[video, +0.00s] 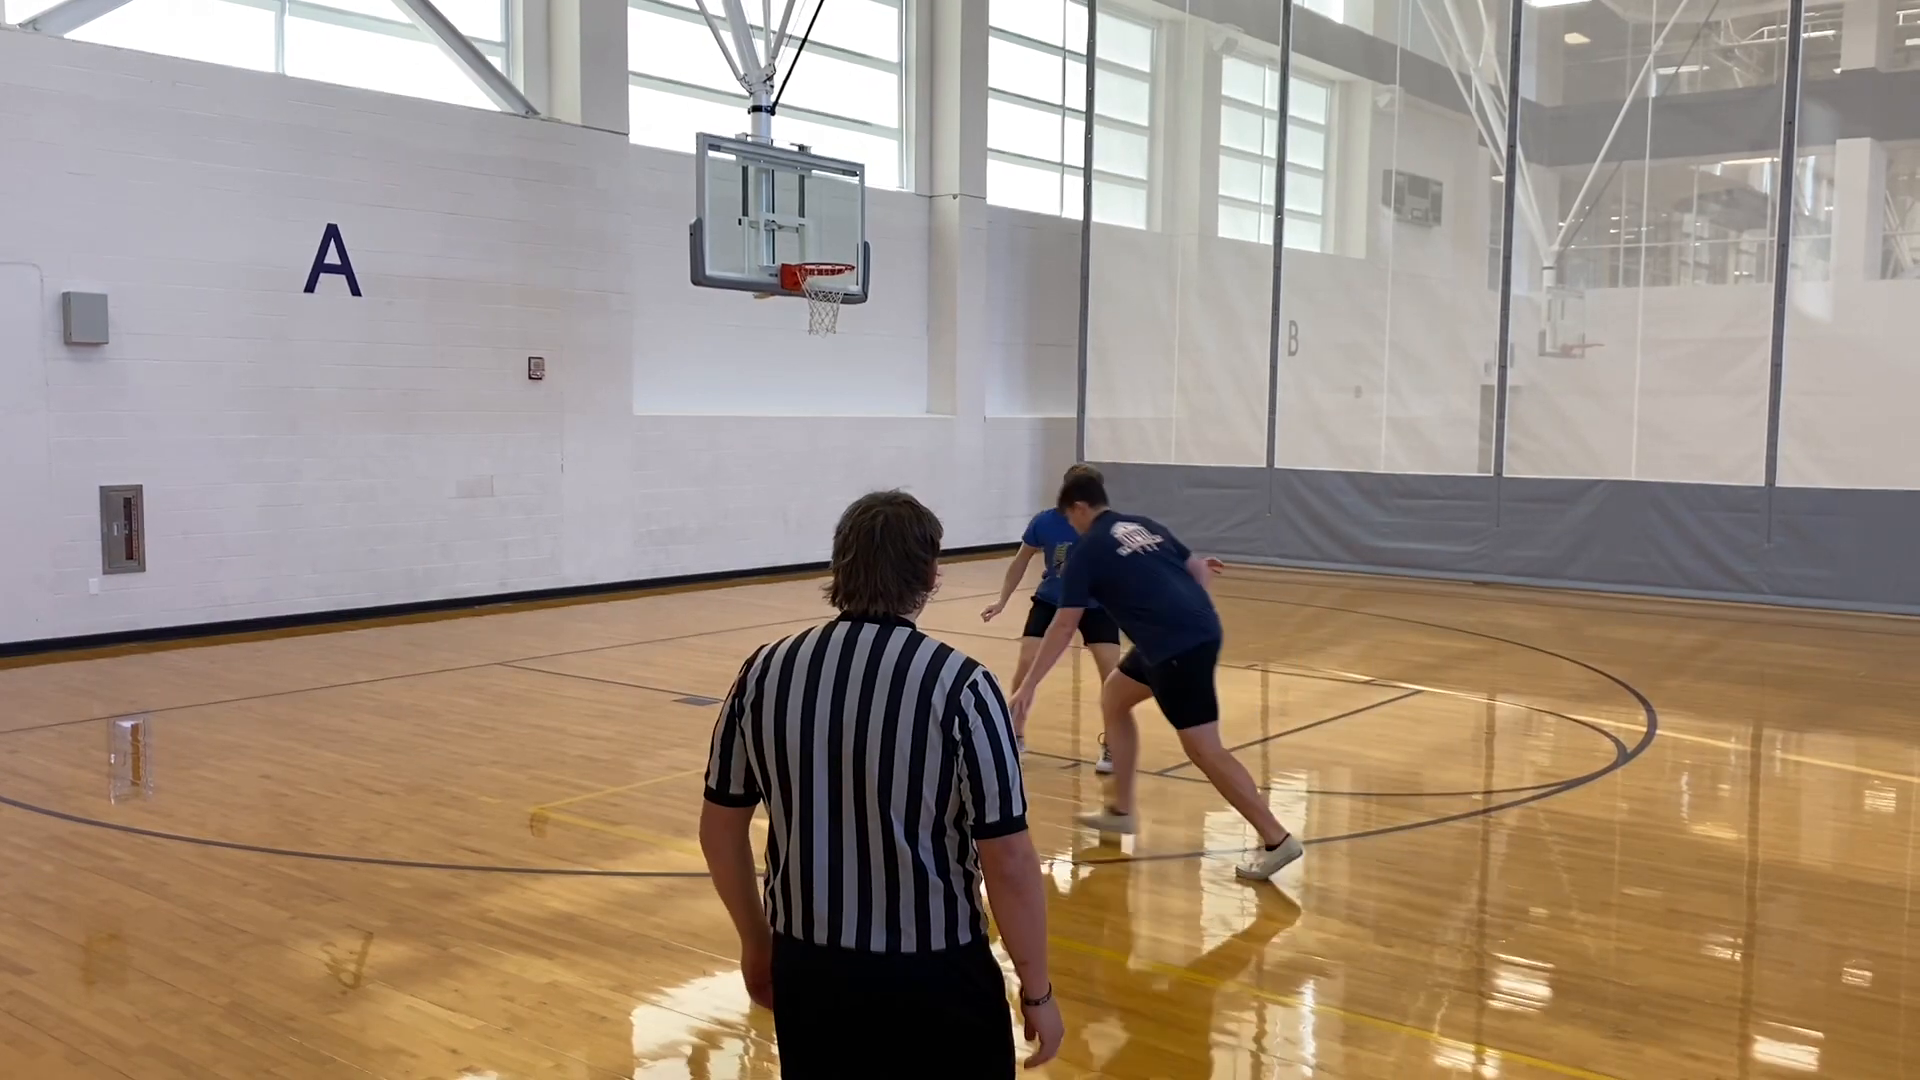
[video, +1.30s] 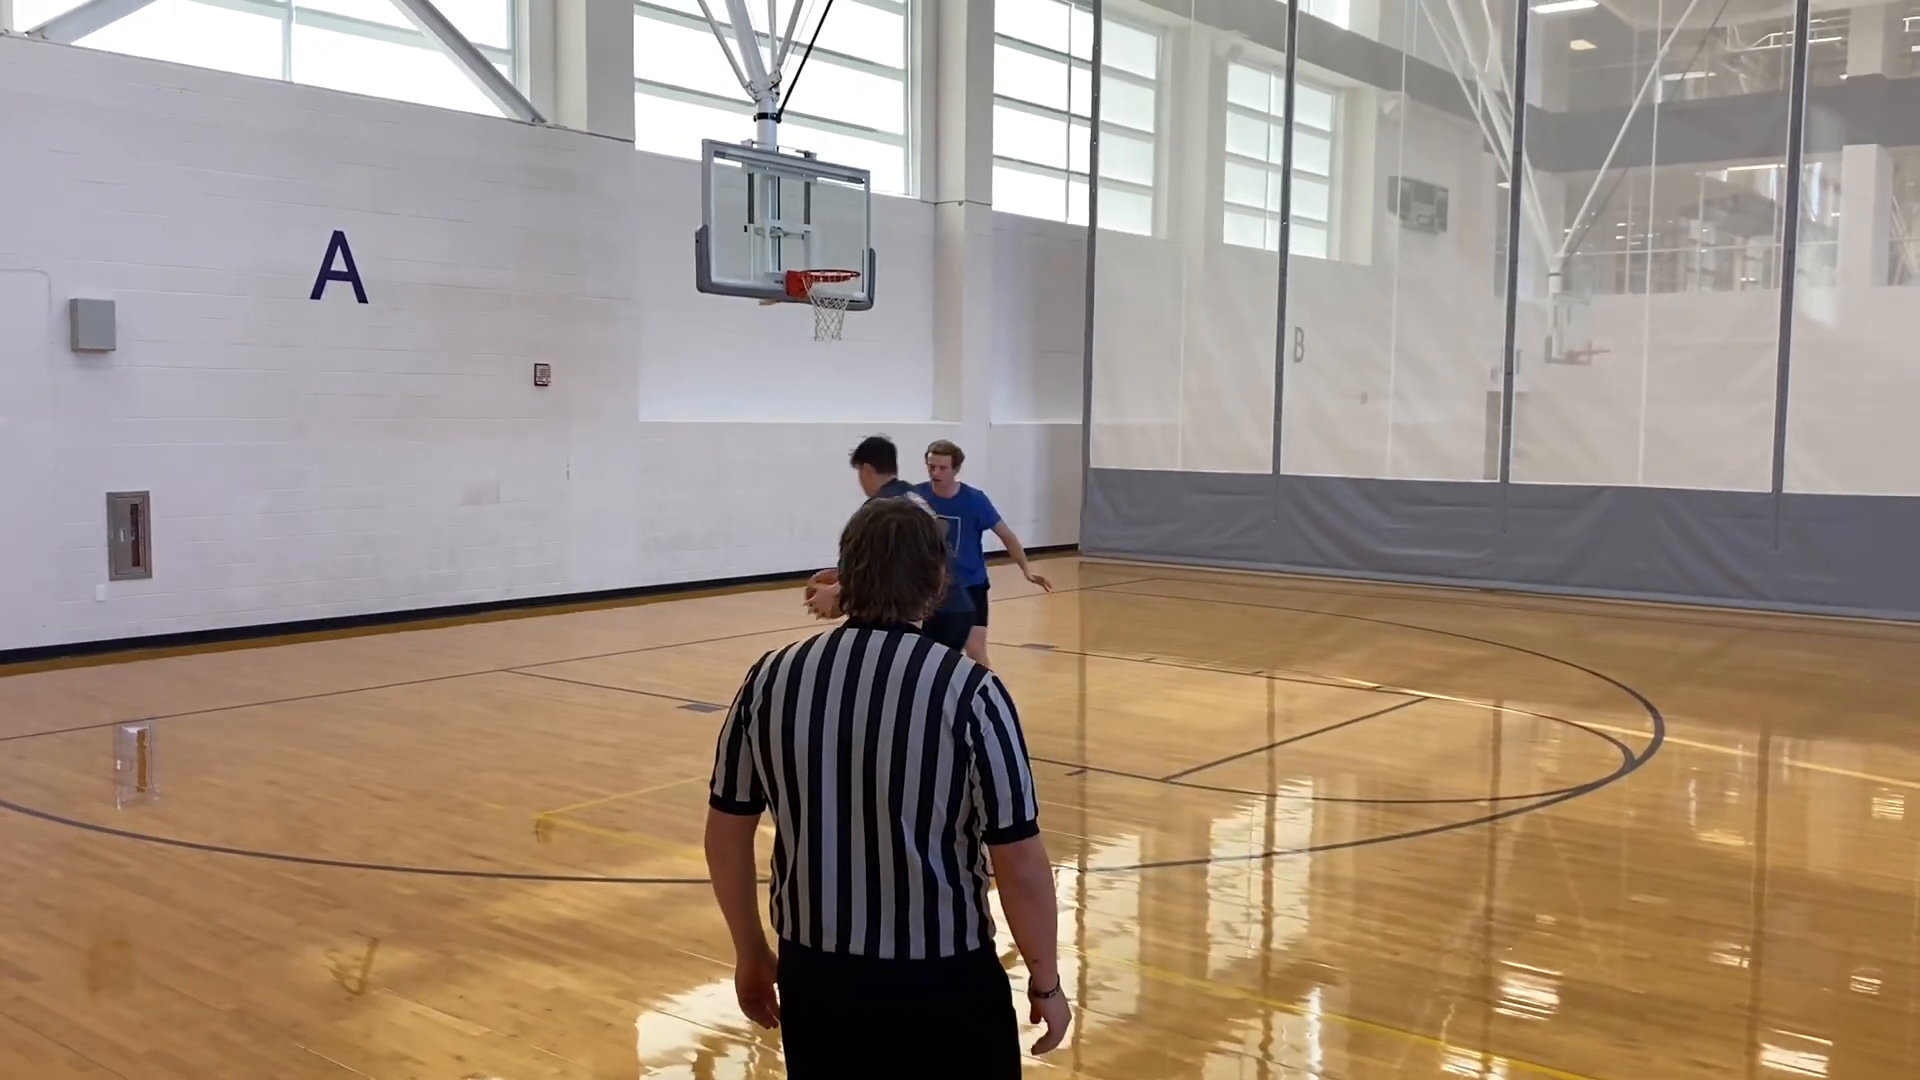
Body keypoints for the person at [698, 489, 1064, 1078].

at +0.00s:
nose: (938, 574)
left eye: (936, 558)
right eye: (936, 560)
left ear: (843, 565)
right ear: (925, 573)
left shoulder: (766, 670)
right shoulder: (961, 685)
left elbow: (720, 829)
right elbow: (1009, 861)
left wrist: (755, 938)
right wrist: (1037, 990)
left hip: (808, 979)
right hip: (941, 982)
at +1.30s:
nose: (949, 583)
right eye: (946, 570)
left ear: (847, 573)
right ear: (937, 581)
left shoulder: (772, 677)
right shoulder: (972, 691)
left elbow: (726, 832)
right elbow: (1019, 860)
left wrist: (749, 949)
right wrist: (1045, 978)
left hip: (816, 984)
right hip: (948, 988)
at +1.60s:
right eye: (943, 568)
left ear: (842, 573)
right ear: (937, 579)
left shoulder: (771, 675)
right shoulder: (971, 687)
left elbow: (727, 831)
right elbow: (1020, 854)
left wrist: (757, 945)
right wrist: (1045, 973)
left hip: (817, 981)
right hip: (950, 984)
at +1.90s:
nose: (942, 581)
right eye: (938, 567)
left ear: (843, 568)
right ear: (930, 577)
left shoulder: (768, 670)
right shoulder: (968, 684)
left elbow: (723, 831)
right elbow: (1016, 854)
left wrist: (756, 940)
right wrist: (1039, 965)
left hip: (813, 978)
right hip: (946, 981)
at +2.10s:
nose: (940, 575)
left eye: (936, 561)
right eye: (937, 562)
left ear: (842, 564)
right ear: (929, 572)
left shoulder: (768, 669)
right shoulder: (967, 683)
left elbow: (723, 827)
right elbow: (1017, 854)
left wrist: (757, 939)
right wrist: (1038, 961)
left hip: (812, 975)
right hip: (945, 978)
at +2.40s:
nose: (939, 573)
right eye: (935, 561)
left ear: (842, 563)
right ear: (929, 571)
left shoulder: (768, 668)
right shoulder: (968, 681)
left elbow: (724, 828)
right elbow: (1018, 852)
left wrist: (758, 940)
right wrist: (1038, 955)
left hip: (813, 972)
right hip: (946, 976)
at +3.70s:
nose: (939, 570)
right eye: (936, 557)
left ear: (842, 564)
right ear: (931, 569)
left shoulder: (763, 672)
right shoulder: (971, 680)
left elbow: (721, 832)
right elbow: (1022, 851)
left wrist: (757, 936)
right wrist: (1019, 934)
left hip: (814, 972)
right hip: (948, 974)